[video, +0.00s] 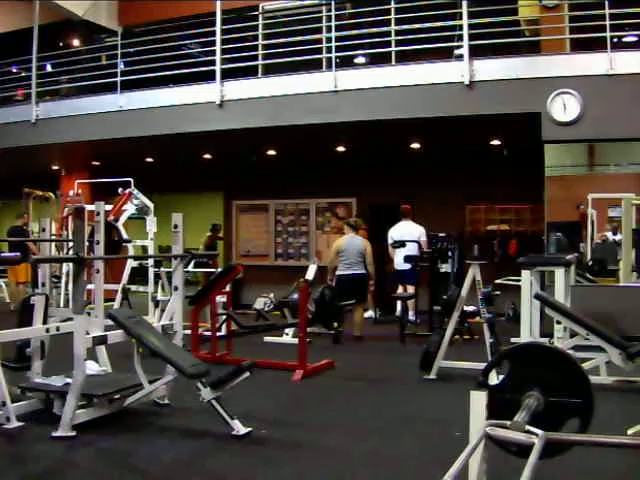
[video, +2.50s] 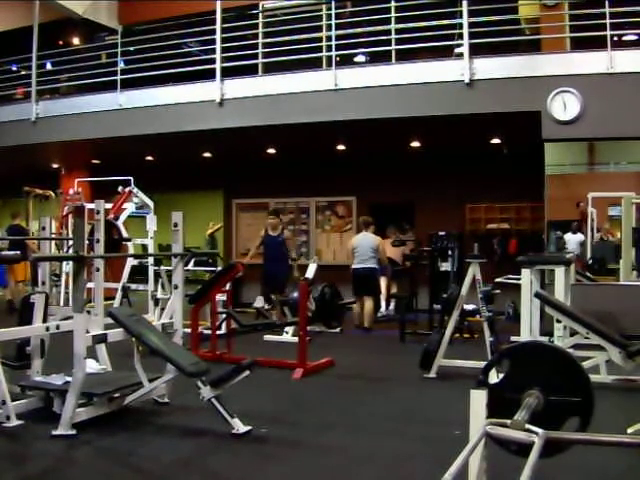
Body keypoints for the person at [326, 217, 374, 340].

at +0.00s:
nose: (344, 230)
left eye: (344, 228)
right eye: (345, 228)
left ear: (346, 228)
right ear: (356, 229)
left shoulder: (338, 242)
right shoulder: (365, 242)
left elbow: (332, 261)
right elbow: (369, 263)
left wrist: (330, 275)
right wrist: (372, 278)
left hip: (342, 275)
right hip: (360, 275)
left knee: (340, 306)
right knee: (358, 306)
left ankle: (339, 330)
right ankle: (357, 333)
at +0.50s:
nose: (346, 229)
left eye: (347, 227)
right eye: (347, 227)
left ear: (350, 228)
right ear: (361, 229)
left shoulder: (341, 242)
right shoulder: (367, 242)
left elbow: (335, 261)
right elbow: (372, 262)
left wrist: (331, 275)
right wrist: (375, 275)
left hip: (345, 274)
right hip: (362, 274)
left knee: (341, 305)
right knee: (359, 305)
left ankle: (339, 328)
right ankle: (358, 333)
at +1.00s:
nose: (346, 229)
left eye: (348, 228)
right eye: (347, 227)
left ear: (350, 228)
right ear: (360, 229)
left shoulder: (343, 241)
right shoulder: (368, 241)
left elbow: (336, 261)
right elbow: (373, 261)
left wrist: (333, 274)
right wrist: (375, 275)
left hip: (346, 273)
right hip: (362, 273)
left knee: (347, 303)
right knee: (360, 303)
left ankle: (345, 328)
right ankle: (357, 332)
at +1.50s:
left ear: (344, 227)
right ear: (354, 227)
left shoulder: (336, 241)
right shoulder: (360, 241)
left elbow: (331, 260)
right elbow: (365, 260)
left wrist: (331, 274)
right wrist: (370, 274)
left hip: (341, 272)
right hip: (356, 272)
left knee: (346, 302)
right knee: (362, 299)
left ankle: (345, 327)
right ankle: (359, 322)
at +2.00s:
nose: (364, 229)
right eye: (363, 228)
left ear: (352, 228)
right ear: (362, 228)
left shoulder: (344, 242)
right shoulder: (368, 241)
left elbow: (339, 261)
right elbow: (372, 261)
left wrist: (338, 274)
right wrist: (377, 275)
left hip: (348, 272)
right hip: (364, 272)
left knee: (349, 301)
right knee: (365, 300)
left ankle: (346, 326)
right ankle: (367, 324)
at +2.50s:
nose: (373, 228)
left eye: (372, 226)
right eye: (373, 226)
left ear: (361, 226)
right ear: (371, 227)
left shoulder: (354, 240)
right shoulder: (377, 240)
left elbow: (350, 256)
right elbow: (382, 257)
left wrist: (354, 263)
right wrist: (385, 266)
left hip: (357, 268)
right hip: (371, 268)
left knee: (358, 298)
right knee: (369, 297)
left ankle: (357, 322)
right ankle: (367, 324)